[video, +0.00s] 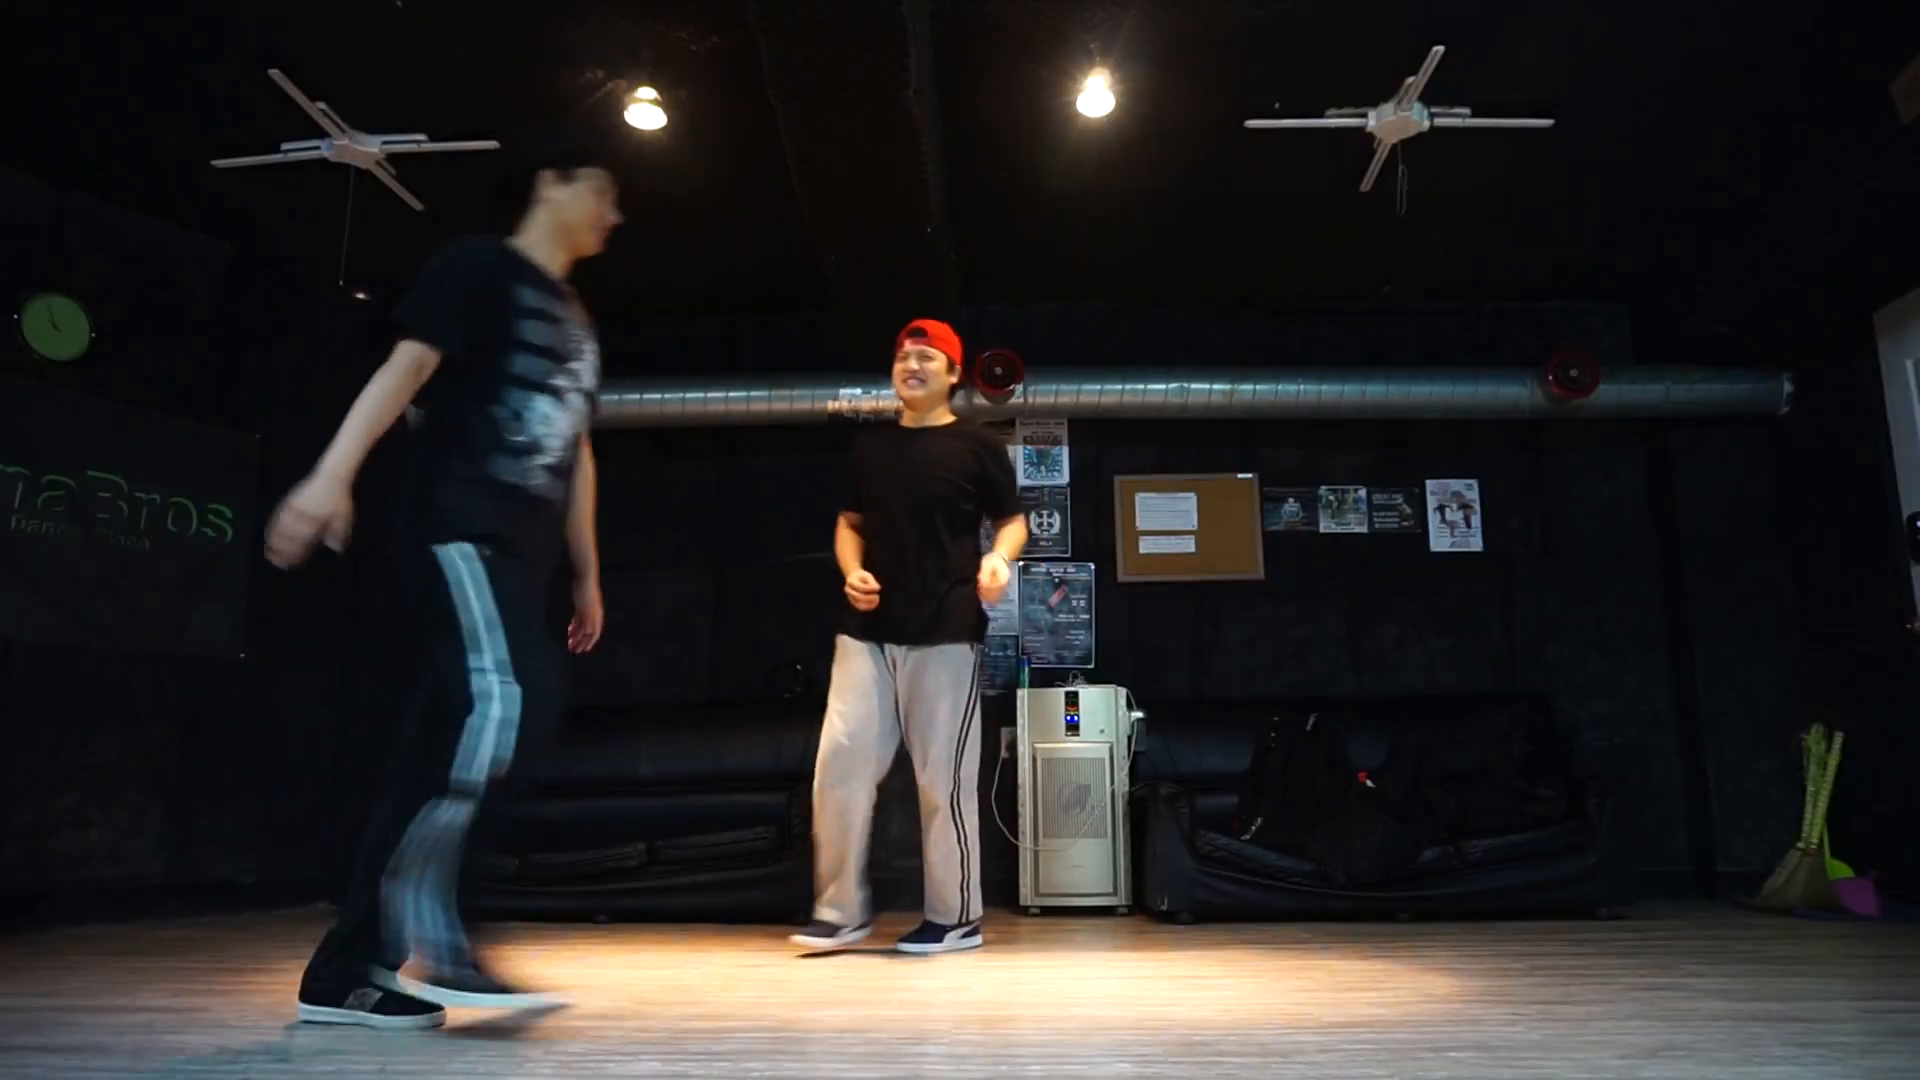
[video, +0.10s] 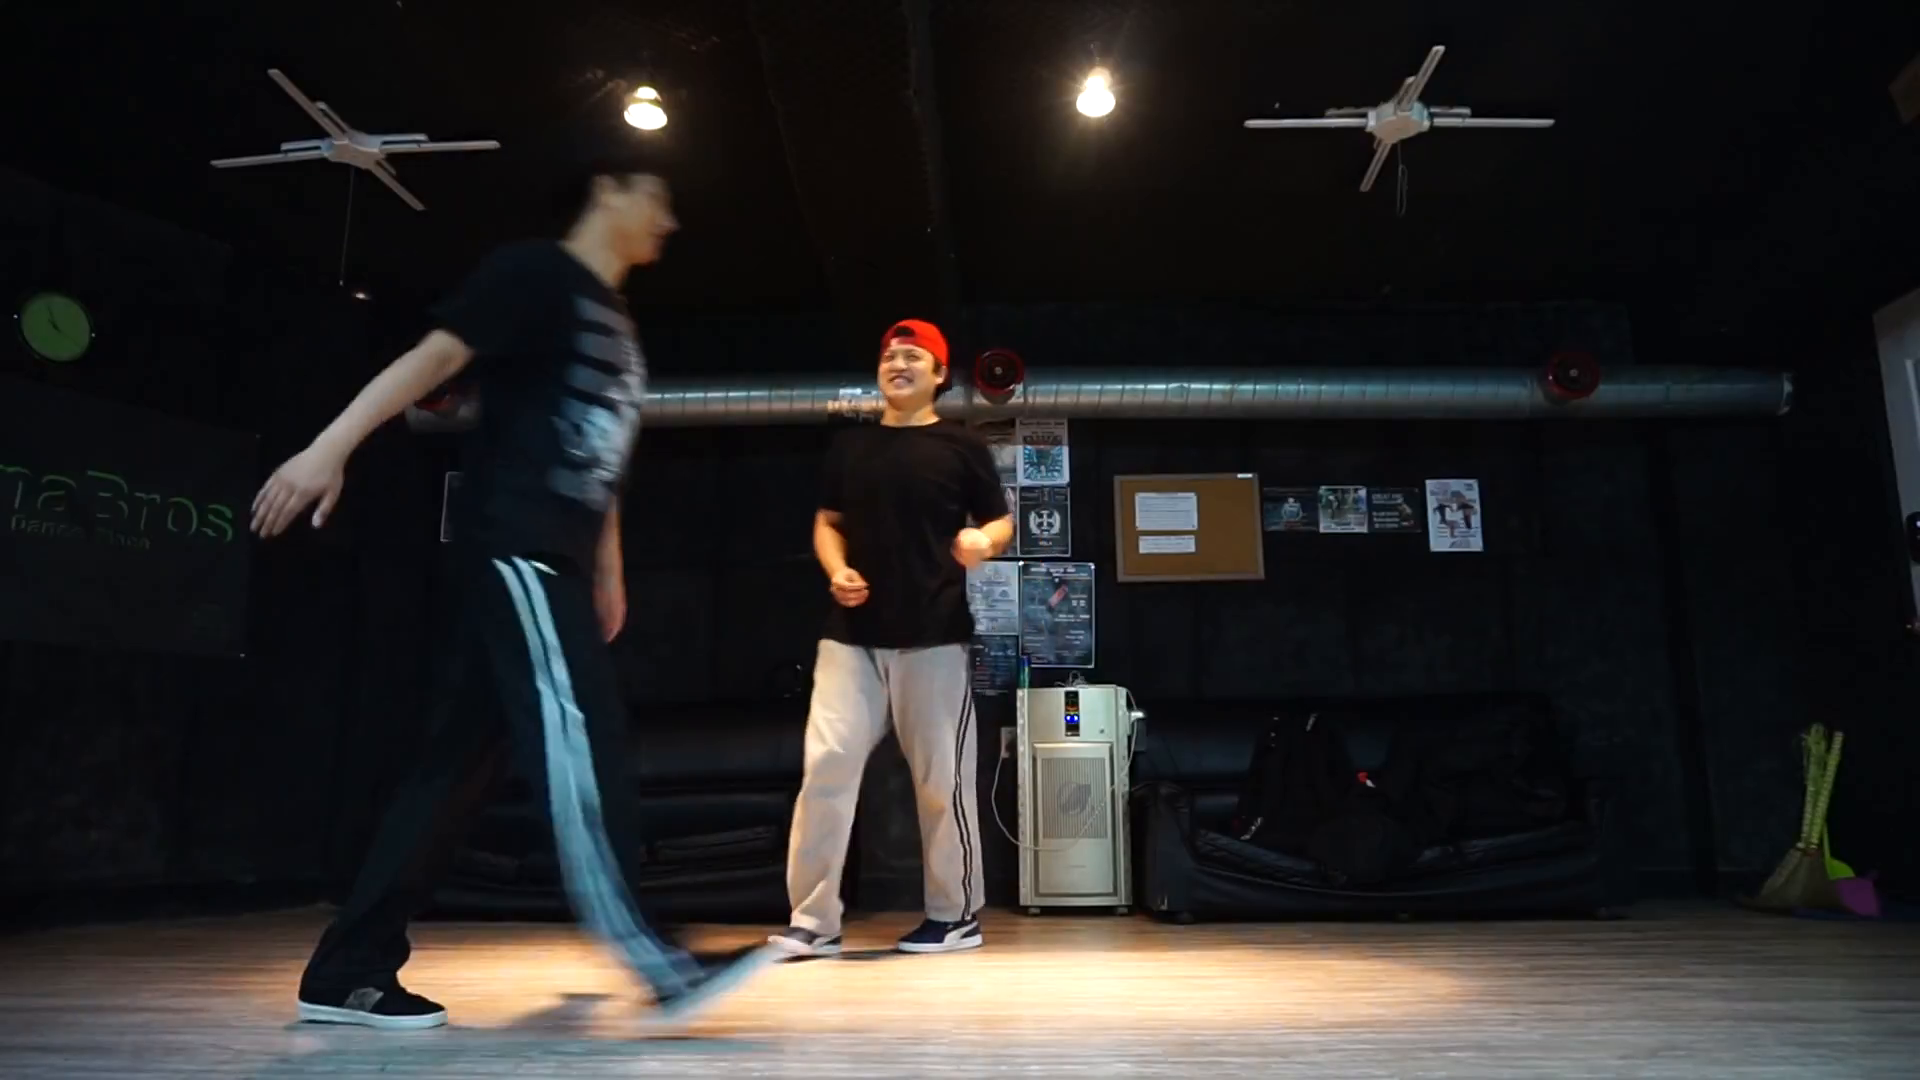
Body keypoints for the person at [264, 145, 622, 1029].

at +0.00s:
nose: (614, 213)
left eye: (616, 199)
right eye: (602, 193)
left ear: (574, 197)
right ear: (549, 186)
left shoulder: (574, 317)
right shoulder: (478, 269)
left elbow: (576, 452)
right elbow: (401, 375)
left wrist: (585, 571)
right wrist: (330, 478)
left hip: (519, 547)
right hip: (455, 531)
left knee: (441, 745)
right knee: (494, 706)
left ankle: (346, 970)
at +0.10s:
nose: (670, 219)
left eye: (669, 203)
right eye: (656, 197)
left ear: (628, 204)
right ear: (605, 192)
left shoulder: (611, 314)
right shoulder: (534, 273)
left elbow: (598, 454)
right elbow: (432, 359)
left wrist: (605, 562)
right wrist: (328, 450)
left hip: (557, 560)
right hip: (512, 551)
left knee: (458, 757)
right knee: (571, 735)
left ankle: (349, 969)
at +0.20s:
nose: (735, 236)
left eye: (735, 221)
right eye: (724, 215)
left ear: (693, 222)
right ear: (673, 208)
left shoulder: (662, 320)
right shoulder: (595, 283)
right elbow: (481, 360)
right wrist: (371, 442)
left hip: (619, 568)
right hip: (585, 565)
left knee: (504, 758)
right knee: (654, 747)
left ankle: (361, 956)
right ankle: (759, 973)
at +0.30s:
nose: (807, 236)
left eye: (808, 221)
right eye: (797, 217)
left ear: (759, 214)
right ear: (750, 208)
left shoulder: (734, 317)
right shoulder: (666, 282)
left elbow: (705, 453)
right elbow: (555, 349)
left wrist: (759, 541)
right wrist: (486, 436)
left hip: (705, 564)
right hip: (662, 561)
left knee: (630, 768)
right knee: (744, 747)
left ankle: (416, 914)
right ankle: (780, 976)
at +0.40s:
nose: (865, 223)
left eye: (866, 207)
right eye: (857, 203)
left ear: (821, 202)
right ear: (816, 195)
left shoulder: (786, 302)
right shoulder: (735, 265)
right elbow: (663, 322)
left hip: (764, 554)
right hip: (730, 552)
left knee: (759, 757)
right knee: (791, 754)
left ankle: (549, 879)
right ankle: (787, 978)